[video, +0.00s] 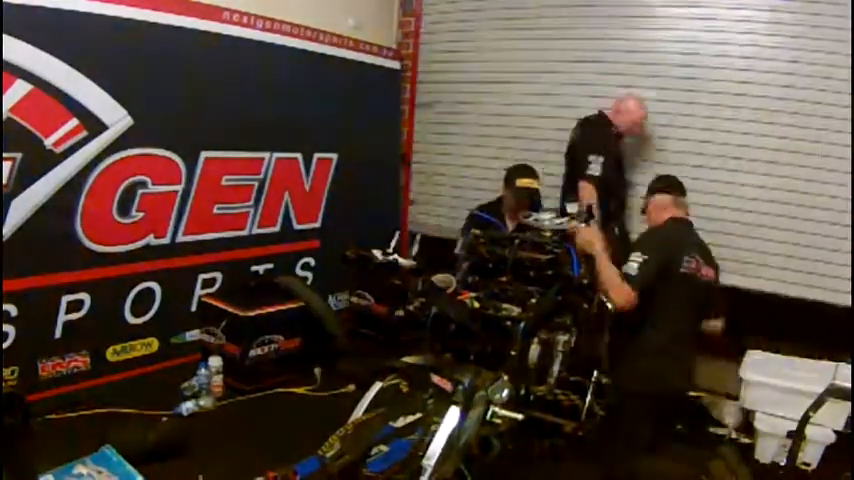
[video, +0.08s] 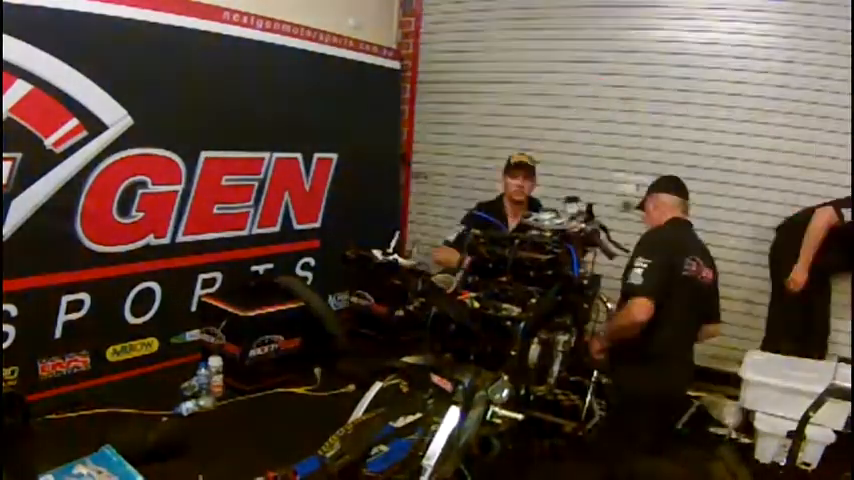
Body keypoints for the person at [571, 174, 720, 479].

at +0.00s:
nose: (645, 217)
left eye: (647, 209)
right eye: (645, 210)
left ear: (660, 205)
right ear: (683, 208)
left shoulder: (658, 238)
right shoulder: (706, 255)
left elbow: (623, 296)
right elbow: (714, 323)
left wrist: (596, 248)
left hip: (638, 373)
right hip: (676, 376)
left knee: (621, 457)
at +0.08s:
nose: (645, 218)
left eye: (646, 209)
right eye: (645, 210)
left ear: (658, 203)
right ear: (682, 207)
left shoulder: (657, 240)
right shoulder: (703, 253)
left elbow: (640, 312)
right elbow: (711, 328)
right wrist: (668, 332)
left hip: (639, 376)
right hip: (674, 377)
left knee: (622, 456)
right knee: (653, 456)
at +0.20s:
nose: (642, 196)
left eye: (648, 190)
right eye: (645, 190)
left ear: (667, 200)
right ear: (672, 201)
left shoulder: (665, 249)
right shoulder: (685, 244)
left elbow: (657, 338)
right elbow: (639, 278)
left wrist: (618, 402)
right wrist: (603, 241)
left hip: (641, 397)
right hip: (662, 391)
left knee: (623, 473)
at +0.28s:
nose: (644, 209)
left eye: (649, 200)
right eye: (645, 200)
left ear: (669, 201)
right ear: (679, 202)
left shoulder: (667, 247)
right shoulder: (700, 249)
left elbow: (643, 320)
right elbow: (663, 300)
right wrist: (616, 274)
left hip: (641, 384)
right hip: (670, 382)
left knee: (622, 463)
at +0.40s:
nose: (635, 212)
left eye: (638, 203)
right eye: (635, 203)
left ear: (658, 202)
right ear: (666, 201)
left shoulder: (668, 251)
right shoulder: (692, 244)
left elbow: (648, 332)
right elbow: (668, 292)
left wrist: (611, 300)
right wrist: (622, 272)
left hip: (648, 388)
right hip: (669, 382)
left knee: (621, 464)